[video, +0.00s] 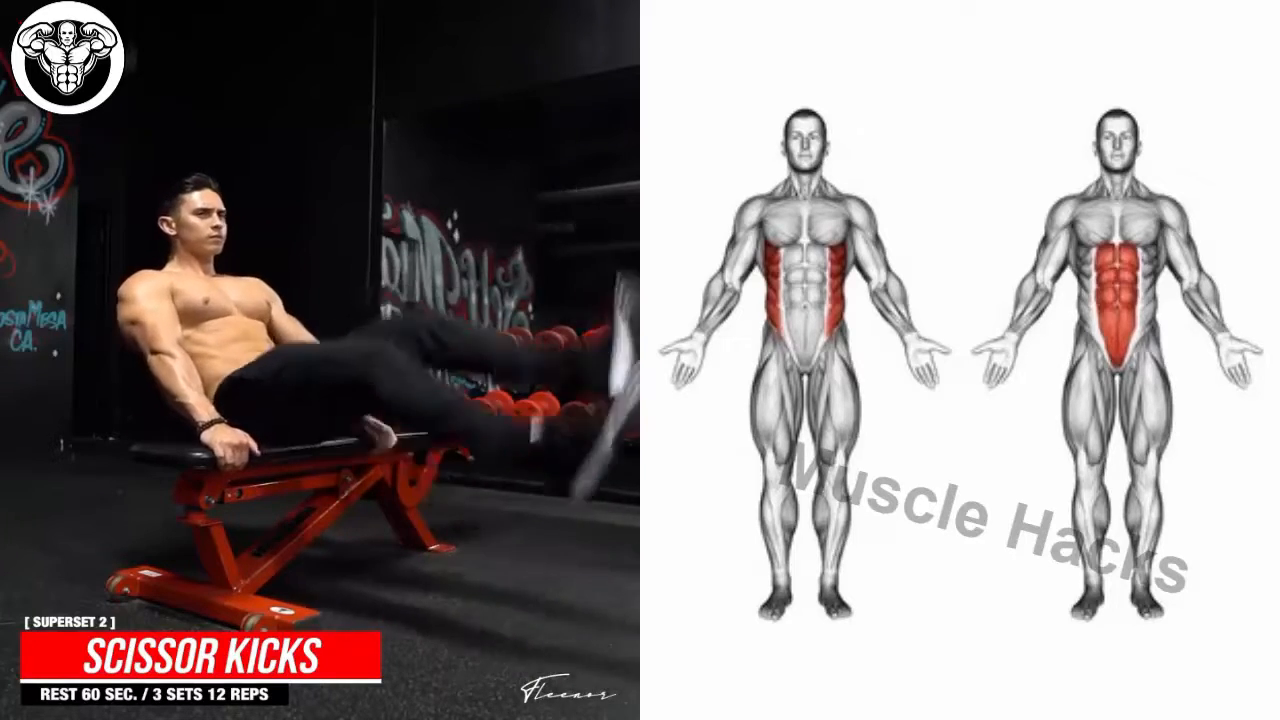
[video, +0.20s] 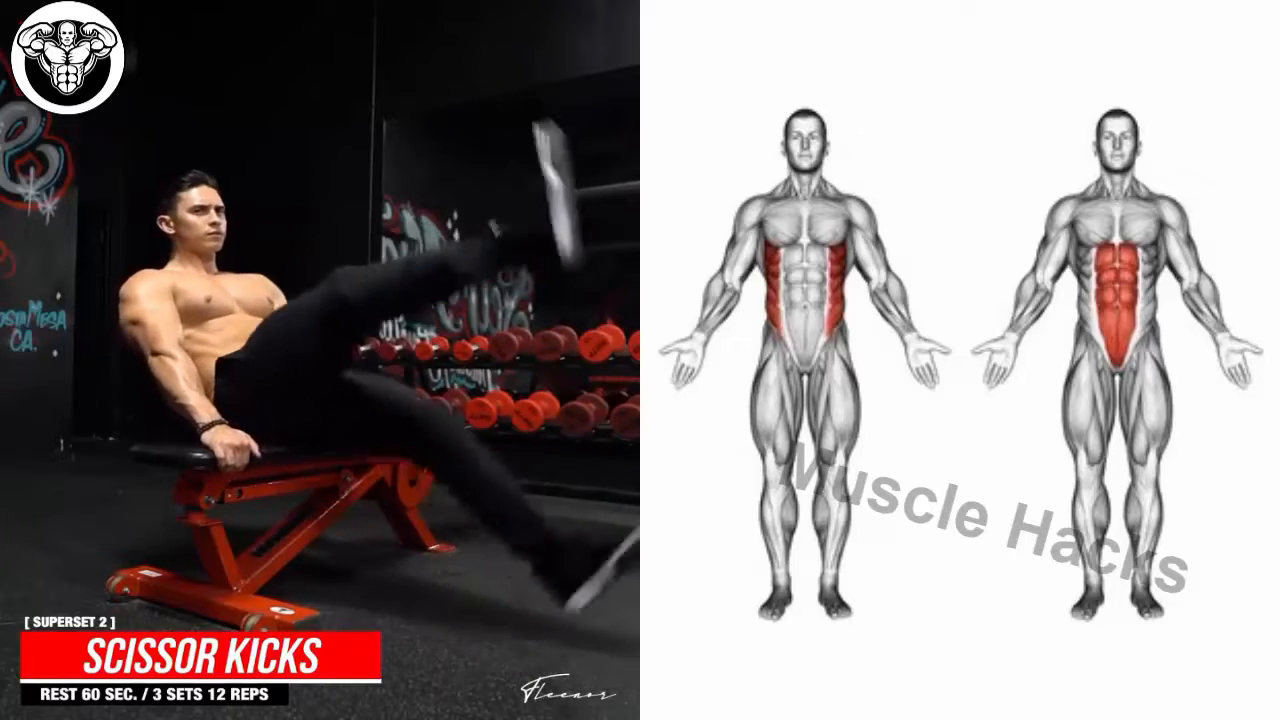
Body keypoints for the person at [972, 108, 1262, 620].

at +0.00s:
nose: (1116, 146)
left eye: (1124, 138)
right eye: (1109, 138)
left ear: (1137, 145)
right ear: (1097, 145)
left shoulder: (1164, 211)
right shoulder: (1070, 211)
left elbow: (1193, 282)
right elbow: (1041, 282)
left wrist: (1222, 335)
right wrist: (1012, 336)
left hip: (1144, 355)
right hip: (1089, 354)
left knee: (1145, 466)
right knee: (1088, 467)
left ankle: (1141, 581)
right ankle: (1092, 583)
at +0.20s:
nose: (1116, 146)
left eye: (1124, 138)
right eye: (1109, 138)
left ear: (1137, 145)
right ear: (1097, 145)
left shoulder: (1164, 211)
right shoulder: (1070, 211)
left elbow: (1193, 282)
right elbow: (1041, 282)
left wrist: (1221, 335)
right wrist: (1012, 336)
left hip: (1144, 355)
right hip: (1089, 354)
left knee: (1145, 467)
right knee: (1088, 466)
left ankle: (1141, 582)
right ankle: (1092, 583)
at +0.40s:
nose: (1116, 146)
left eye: (1124, 138)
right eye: (1109, 138)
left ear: (1137, 145)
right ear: (1097, 145)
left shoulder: (1164, 211)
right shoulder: (1070, 211)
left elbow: (1193, 282)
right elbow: (1041, 282)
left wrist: (1222, 335)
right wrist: (1012, 336)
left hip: (1144, 355)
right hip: (1089, 354)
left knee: (1145, 466)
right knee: (1088, 467)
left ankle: (1141, 581)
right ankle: (1092, 583)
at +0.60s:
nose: (1116, 146)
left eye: (1124, 138)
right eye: (1109, 138)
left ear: (1137, 145)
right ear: (1097, 145)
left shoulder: (1164, 211)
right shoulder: (1070, 211)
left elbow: (1193, 282)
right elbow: (1041, 282)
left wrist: (1222, 335)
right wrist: (1012, 336)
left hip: (1144, 355)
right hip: (1089, 354)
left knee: (1145, 466)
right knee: (1088, 467)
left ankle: (1141, 581)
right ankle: (1092, 583)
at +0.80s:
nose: (1116, 146)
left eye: (1124, 138)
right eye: (1109, 138)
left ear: (1137, 145)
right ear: (1097, 145)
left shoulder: (1164, 211)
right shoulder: (1070, 211)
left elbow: (1193, 282)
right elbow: (1041, 282)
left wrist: (1222, 335)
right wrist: (1012, 336)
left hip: (1144, 355)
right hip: (1089, 354)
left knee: (1145, 466)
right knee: (1088, 467)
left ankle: (1141, 581)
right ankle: (1092, 583)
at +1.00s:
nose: (1116, 146)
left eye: (1124, 138)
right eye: (1109, 138)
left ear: (1137, 145)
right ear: (1097, 145)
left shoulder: (1164, 211)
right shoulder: (1070, 211)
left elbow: (1193, 282)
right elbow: (1041, 282)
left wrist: (1222, 335)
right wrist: (1012, 336)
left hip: (1144, 355)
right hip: (1089, 354)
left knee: (1145, 466)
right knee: (1088, 467)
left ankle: (1141, 581)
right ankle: (1092, 583)